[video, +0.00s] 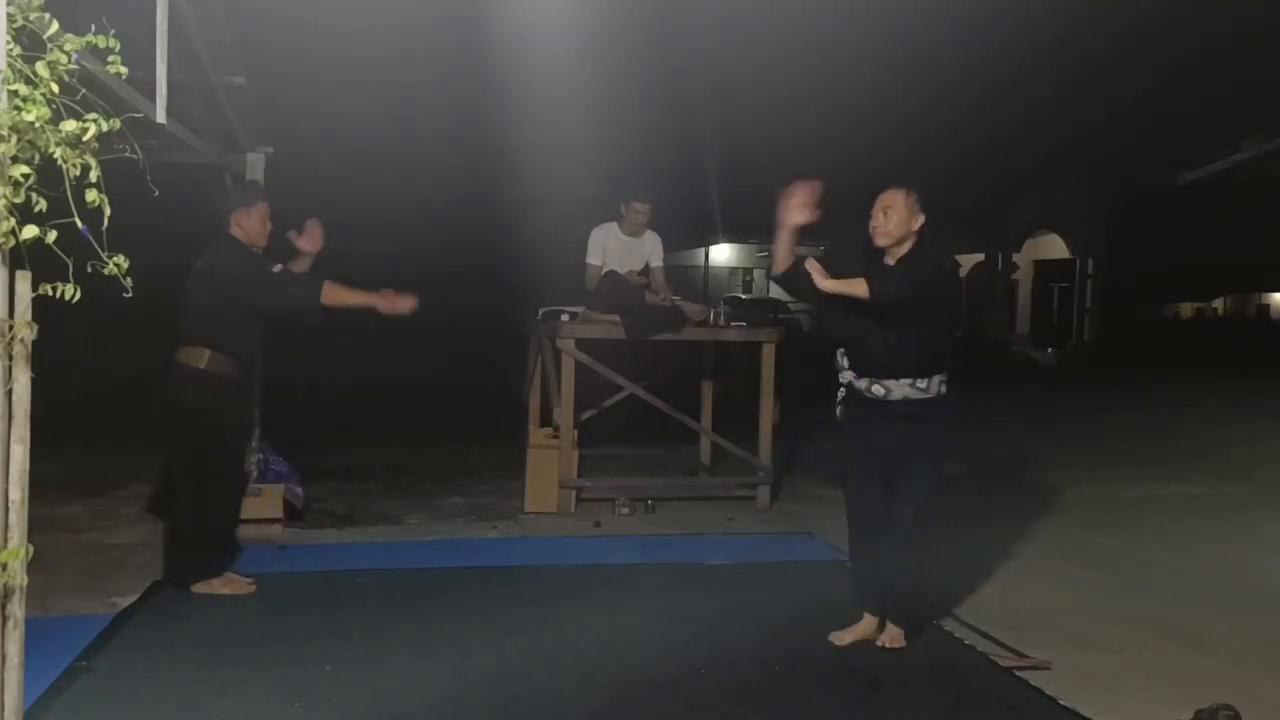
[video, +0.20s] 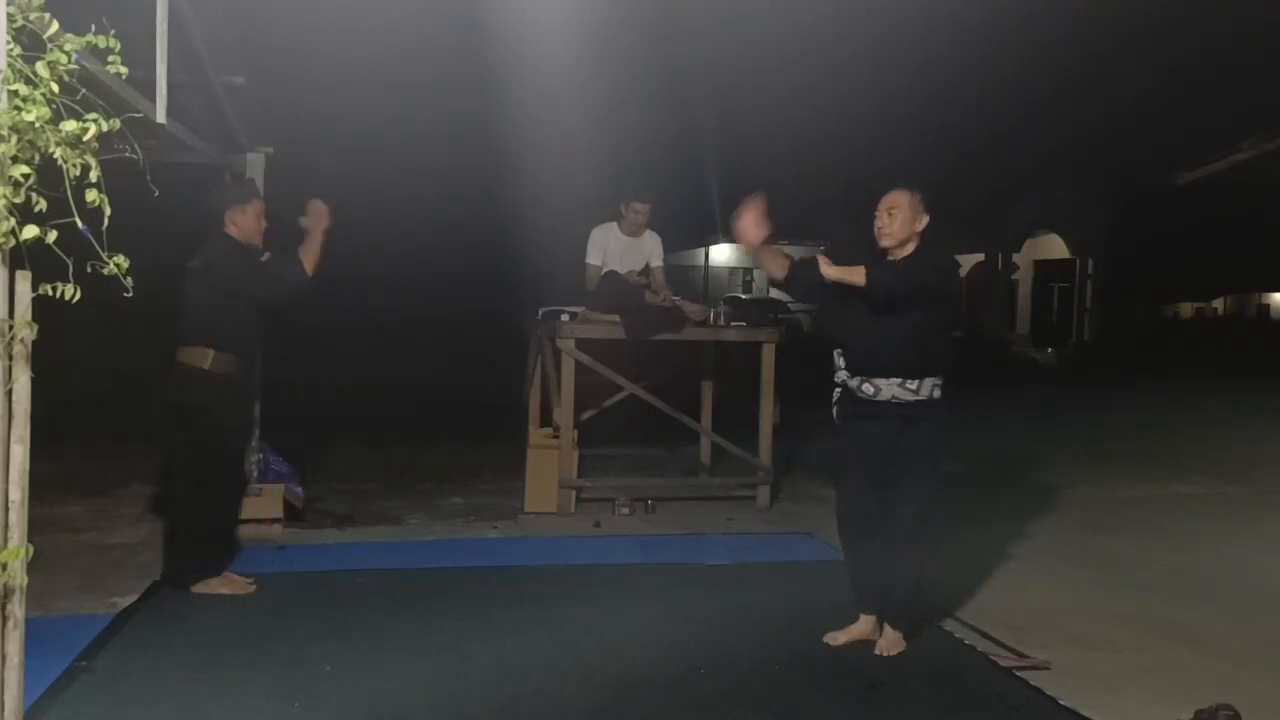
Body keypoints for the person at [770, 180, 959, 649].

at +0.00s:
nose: (878, 218)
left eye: (889, 211)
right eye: (876, 211)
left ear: (917, 221)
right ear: (872, 219)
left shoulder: (936, 265)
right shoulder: (859, 264)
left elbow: (897, 289)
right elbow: (786, 276)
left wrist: (829, 286)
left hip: (917, 408)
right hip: (862, 405)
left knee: (906, 511)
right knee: (863, 509)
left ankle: (899, 618)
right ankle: (869, 613)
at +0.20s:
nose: (880, 220)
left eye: (892, 212)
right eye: (878, 213)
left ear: (921, 222)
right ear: (876, 223)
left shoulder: (939, 269)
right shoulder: (864, 272)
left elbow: (898, 281)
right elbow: (804, 281)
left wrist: (837, 274)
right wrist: (760, 247)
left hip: (914, 413)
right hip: (859, 410)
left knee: (904, 516)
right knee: (857, 512)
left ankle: (896, 622)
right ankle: (868, 616)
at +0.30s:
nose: (879, 220)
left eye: (891, 212)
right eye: (877, 214)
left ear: (920, 221)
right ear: (874, 223)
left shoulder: (939, 267)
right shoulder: (857, 271)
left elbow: (896, 277)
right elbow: (800, 299)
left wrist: (833, 267)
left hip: (915, 413)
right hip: (856, 410)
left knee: (905, 516)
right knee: (853, 513)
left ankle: (896, 623)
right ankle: (867, 615)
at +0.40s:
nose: (873, 220)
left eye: (884, 212)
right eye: (870, 213)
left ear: (913, 222)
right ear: (866, 225)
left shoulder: (934, 269)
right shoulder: (851, 275)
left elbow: (891, 283)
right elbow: (803, 329)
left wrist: (822, 274)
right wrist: (841, 335)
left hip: (914, 412)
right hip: (856, 408)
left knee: (905, 516)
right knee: (857, 513)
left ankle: (895, 621)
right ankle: (868, 617)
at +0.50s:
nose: (866, 222)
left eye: (878, 213)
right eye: (864, 215)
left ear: (908, 223)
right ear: (861, 227)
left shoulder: (929, 269)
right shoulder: (853, 275)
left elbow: (888, 292)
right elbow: (825, 339)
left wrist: (825, 293)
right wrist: (853, 280)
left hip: (914, 411)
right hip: (857, 407)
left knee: (906, 515)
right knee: (858, 513)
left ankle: (895, 620)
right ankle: (869, 617)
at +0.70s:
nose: (864, 223)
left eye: (873, 215)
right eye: (864, 216)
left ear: (903, 221)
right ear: (869, 226)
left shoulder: (924, 271)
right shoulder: (858, 266)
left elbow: (879, 298)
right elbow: (797, 281)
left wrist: (813, 304)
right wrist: (822, 248)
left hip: (909, 415)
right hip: (855, 411)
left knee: (903, 516)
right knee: (853, 512)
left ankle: (895, 622)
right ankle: (867, 616)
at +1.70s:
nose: (883, 223)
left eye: (895, 215)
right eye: (876, 216)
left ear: (920, 222)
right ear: (869, 224)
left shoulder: (934, 270)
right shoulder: (858, 265)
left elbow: (885, 291)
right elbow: (822, 282)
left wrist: (842, 248)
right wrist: (885, 265)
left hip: (913, 411)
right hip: (858, 407)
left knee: (904, 515)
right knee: (854, 510)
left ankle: (898, 622)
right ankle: (865, 617)